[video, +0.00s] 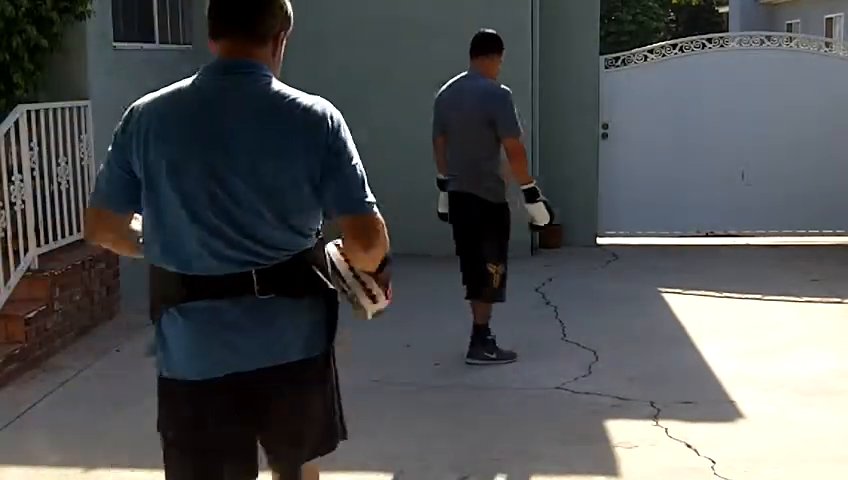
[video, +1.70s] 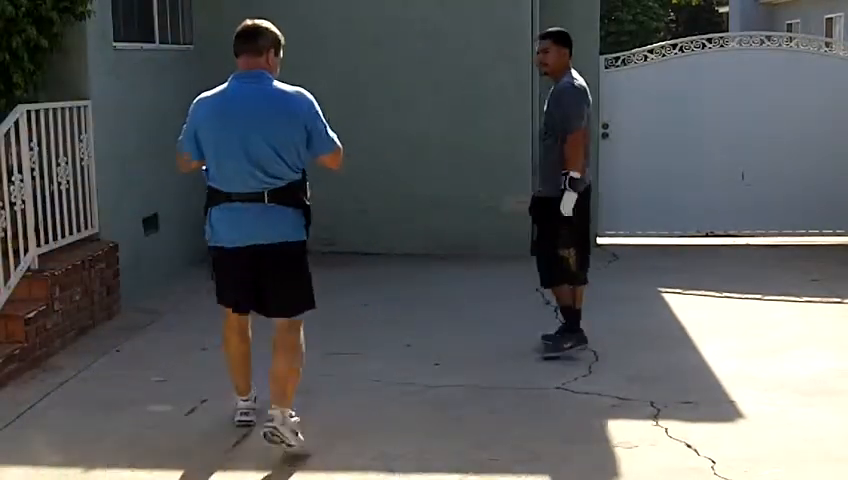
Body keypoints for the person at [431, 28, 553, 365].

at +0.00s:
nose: (500, 65)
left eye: (498, 59)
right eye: (500, 59)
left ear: (471, 56)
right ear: (496, 57)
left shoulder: (447, 92)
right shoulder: (497, 94)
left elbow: (439, 142)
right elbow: (514, 150)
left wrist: (443, 186)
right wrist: (532, 194)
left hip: (457, 195)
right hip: (486, 197)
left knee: (474, 264)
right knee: (489, 266)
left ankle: (481, 337)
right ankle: (480, 342)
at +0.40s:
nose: (492, 63)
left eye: (472, 61)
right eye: (497, 56)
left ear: (468, 64)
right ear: (501, 58)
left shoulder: (460, 101)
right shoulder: (525, 90)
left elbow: (455, 152)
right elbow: (542, 140)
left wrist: (457, 196)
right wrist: (553, 183)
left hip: (483, 197)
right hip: (521, 196)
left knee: (491, 268)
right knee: (528, 266)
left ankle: (505, 334)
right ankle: (507, 321)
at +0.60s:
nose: (480, 66)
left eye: (477, 61)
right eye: (486, 59)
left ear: (475, 62)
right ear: (505, 56)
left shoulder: (470, 100)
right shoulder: (536, 88)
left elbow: (466, 152)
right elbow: (551, 139)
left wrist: (466, 193)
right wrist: (550, 178)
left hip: (491, 195)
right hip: (530, 192)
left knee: (494, 263)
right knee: (537, 255)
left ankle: (502, 329)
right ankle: (546, 315)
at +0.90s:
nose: (499, 65)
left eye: (500, 59)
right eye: (499, 59)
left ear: (512, 57)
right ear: (529, 57)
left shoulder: (508, 97)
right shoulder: (557, 89)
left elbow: (493, 149)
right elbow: (547, 137)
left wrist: (477, 188)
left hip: (510, 194)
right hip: (544, 191)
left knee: (501, 260)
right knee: (546, 254)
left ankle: (502, 329)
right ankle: (567, 322)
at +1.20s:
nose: (526, 63)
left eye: (531, 57)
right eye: (525, 57)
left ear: (551, 58)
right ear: (545, 59)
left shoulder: (548, 95)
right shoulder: (562, 88)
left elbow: (538, 148)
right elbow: (549, 145)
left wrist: (524, 191)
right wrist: (530, 181)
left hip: (542, 194)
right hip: (564, 191)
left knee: (521, 257)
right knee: (568, 261)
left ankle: (510, 326)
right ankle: (572, 328)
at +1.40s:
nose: (535, 60)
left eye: (540, 53)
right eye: (533, 54)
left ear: (560, 55)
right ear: (541, 56)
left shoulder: (563, 90)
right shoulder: (554, 87)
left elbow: (568, 140)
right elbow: (550, 141)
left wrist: (569, 187)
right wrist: (537, 188)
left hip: (553, 193)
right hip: (548, 191)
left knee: (532, 261)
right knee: (570, 262)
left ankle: (525, 329)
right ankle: (571, 329)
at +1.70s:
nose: (540, 58)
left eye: (546, 51)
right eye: (539, 52)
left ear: (564, 54)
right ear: (553, 57)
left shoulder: (570, 90)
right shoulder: (561, 87)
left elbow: (576, 140)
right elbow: (557, 143)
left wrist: (572, 186)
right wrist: (542, 190)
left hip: (565, 191)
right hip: (550, 191)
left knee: (567, 260)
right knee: (552, 259)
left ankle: (573, 329)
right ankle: (568, 325)